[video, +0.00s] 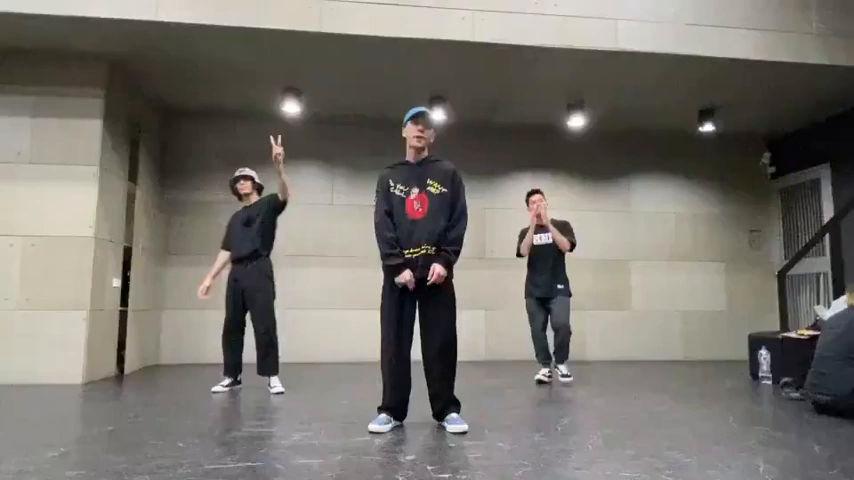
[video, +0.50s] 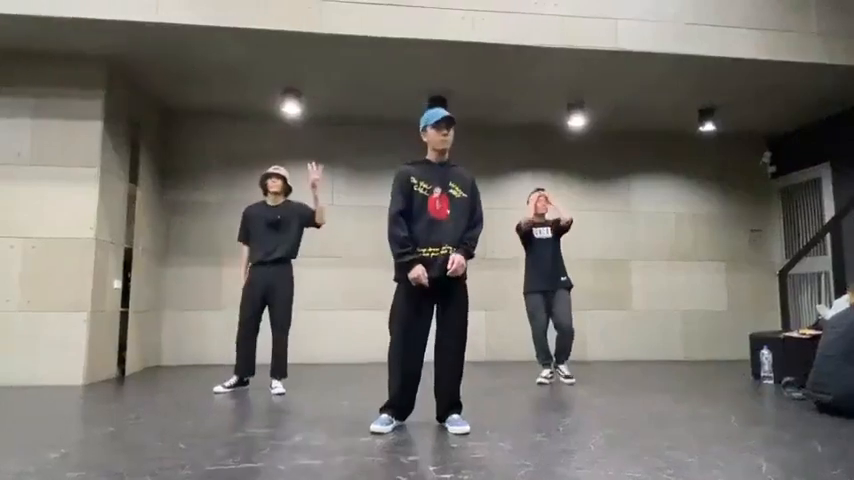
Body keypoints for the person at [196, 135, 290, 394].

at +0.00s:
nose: (241, 183)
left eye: (246, 179)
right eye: (237, 181)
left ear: (255, 184)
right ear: (235, 188)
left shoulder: (268, 204)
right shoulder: (235, 217)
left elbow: (284, 195)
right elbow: (226, 251)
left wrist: (279, 166)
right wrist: (210, 277)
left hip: (259, 270)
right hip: (236, 272)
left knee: (265, 326)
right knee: (232, 327)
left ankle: (272, 376)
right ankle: (231, 376)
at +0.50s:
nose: (273, 182)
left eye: (278, 179)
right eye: (270, 178)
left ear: (286, 185)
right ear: (264, 184)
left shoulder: (295, 209)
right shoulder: (252, 211)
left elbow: (319, 220)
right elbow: (245, 247)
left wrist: (315, 190)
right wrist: (244, 277)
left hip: (282, 274)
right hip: (256, 274)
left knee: (280, 329)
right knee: (246, 326)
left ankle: (277, 378)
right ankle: (242, 376)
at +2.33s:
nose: (246, 166)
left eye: (251, 162)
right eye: (242, 162)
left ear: (259, 169)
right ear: (236, 168)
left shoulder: (273, 196)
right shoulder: (224, 196)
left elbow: (293, 224)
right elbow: (212, 223)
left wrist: (281, 242)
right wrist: (216, 242)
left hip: (262, 266)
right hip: (233, 266)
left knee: (262, 321)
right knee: (230, 322)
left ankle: (260, 372)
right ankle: (230, 374)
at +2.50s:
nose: (242, 172)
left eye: (246, 168)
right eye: (238, 168)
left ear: (255, 174)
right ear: (232, 173)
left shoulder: (268, 203)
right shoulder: (221, 201)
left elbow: (271, 239)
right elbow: (218, 236)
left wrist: (252, 246)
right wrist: (232, 242)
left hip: (255, 268)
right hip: (229, 266)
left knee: (256, 322)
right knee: (217, 316)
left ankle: (249, 374)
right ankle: (226, 369)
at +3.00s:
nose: (237, 174)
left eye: (242, 171)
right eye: (233, 170)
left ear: (251, 176)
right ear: (228, 174)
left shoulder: (261, 203)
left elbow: (279, 239)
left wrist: (275, 217)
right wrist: (211, 238)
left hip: (250, 271)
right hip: (221, 271)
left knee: (254, 324)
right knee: (220, 325)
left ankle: (251, 374)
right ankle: (227, 368)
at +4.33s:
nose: (221, 162)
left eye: (226, 158)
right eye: (218, 158)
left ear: (236, 164)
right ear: (212, 164)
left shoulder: (250, 195)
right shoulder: (201, 192)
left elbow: (253, 225)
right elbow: (204, 225)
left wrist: (247, 242)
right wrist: (212, 255)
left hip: (235, 258)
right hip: (206, 256)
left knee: (246, 312)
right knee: (193, 311)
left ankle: (251, 366)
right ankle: (186, 369)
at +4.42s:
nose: (222, 164)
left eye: (227, 161)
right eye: (219, 159)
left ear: (235, 167)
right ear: (212, 163)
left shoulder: (245, 194)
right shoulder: (198, 191)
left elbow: (248, 224)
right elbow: (197, 222)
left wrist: (247, 238)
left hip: (236, 258)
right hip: (208, 258)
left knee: (247, 309)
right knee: (194, 312)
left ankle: (251, 366)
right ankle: (184, 369)